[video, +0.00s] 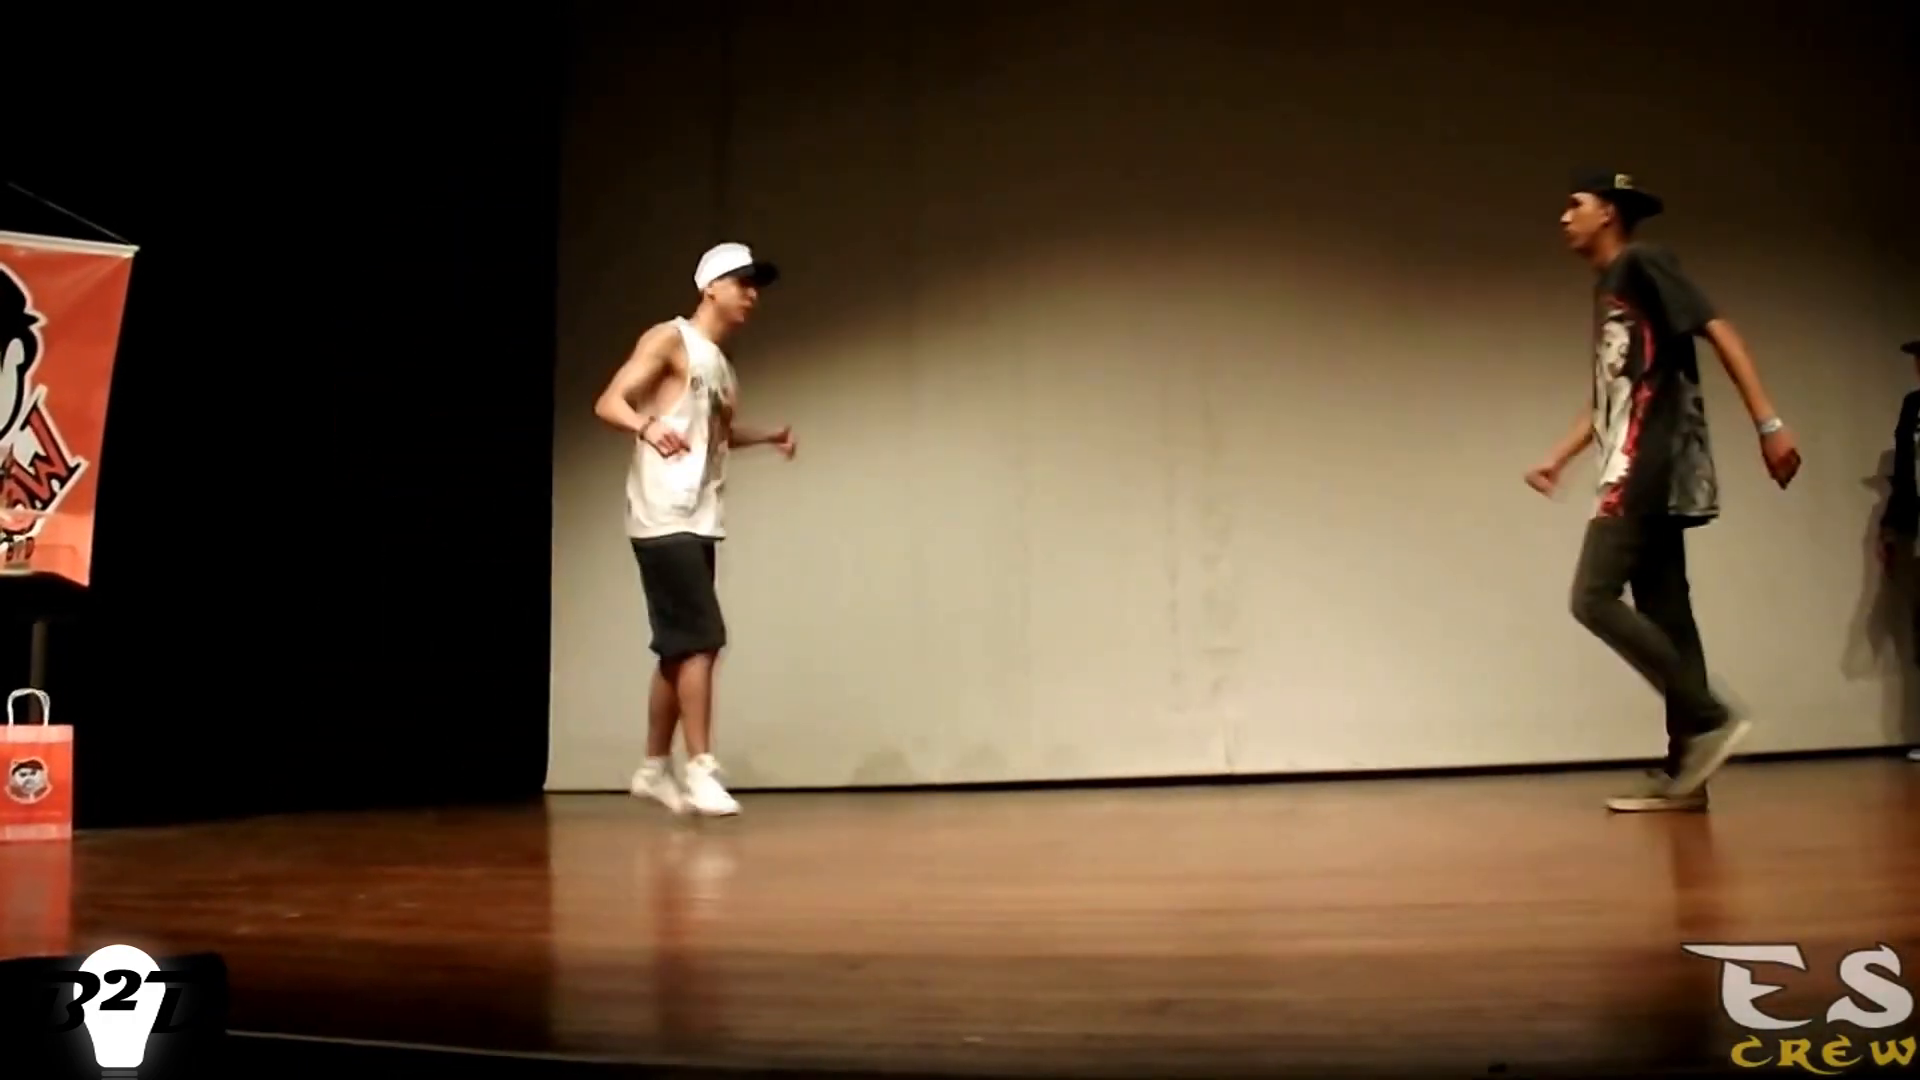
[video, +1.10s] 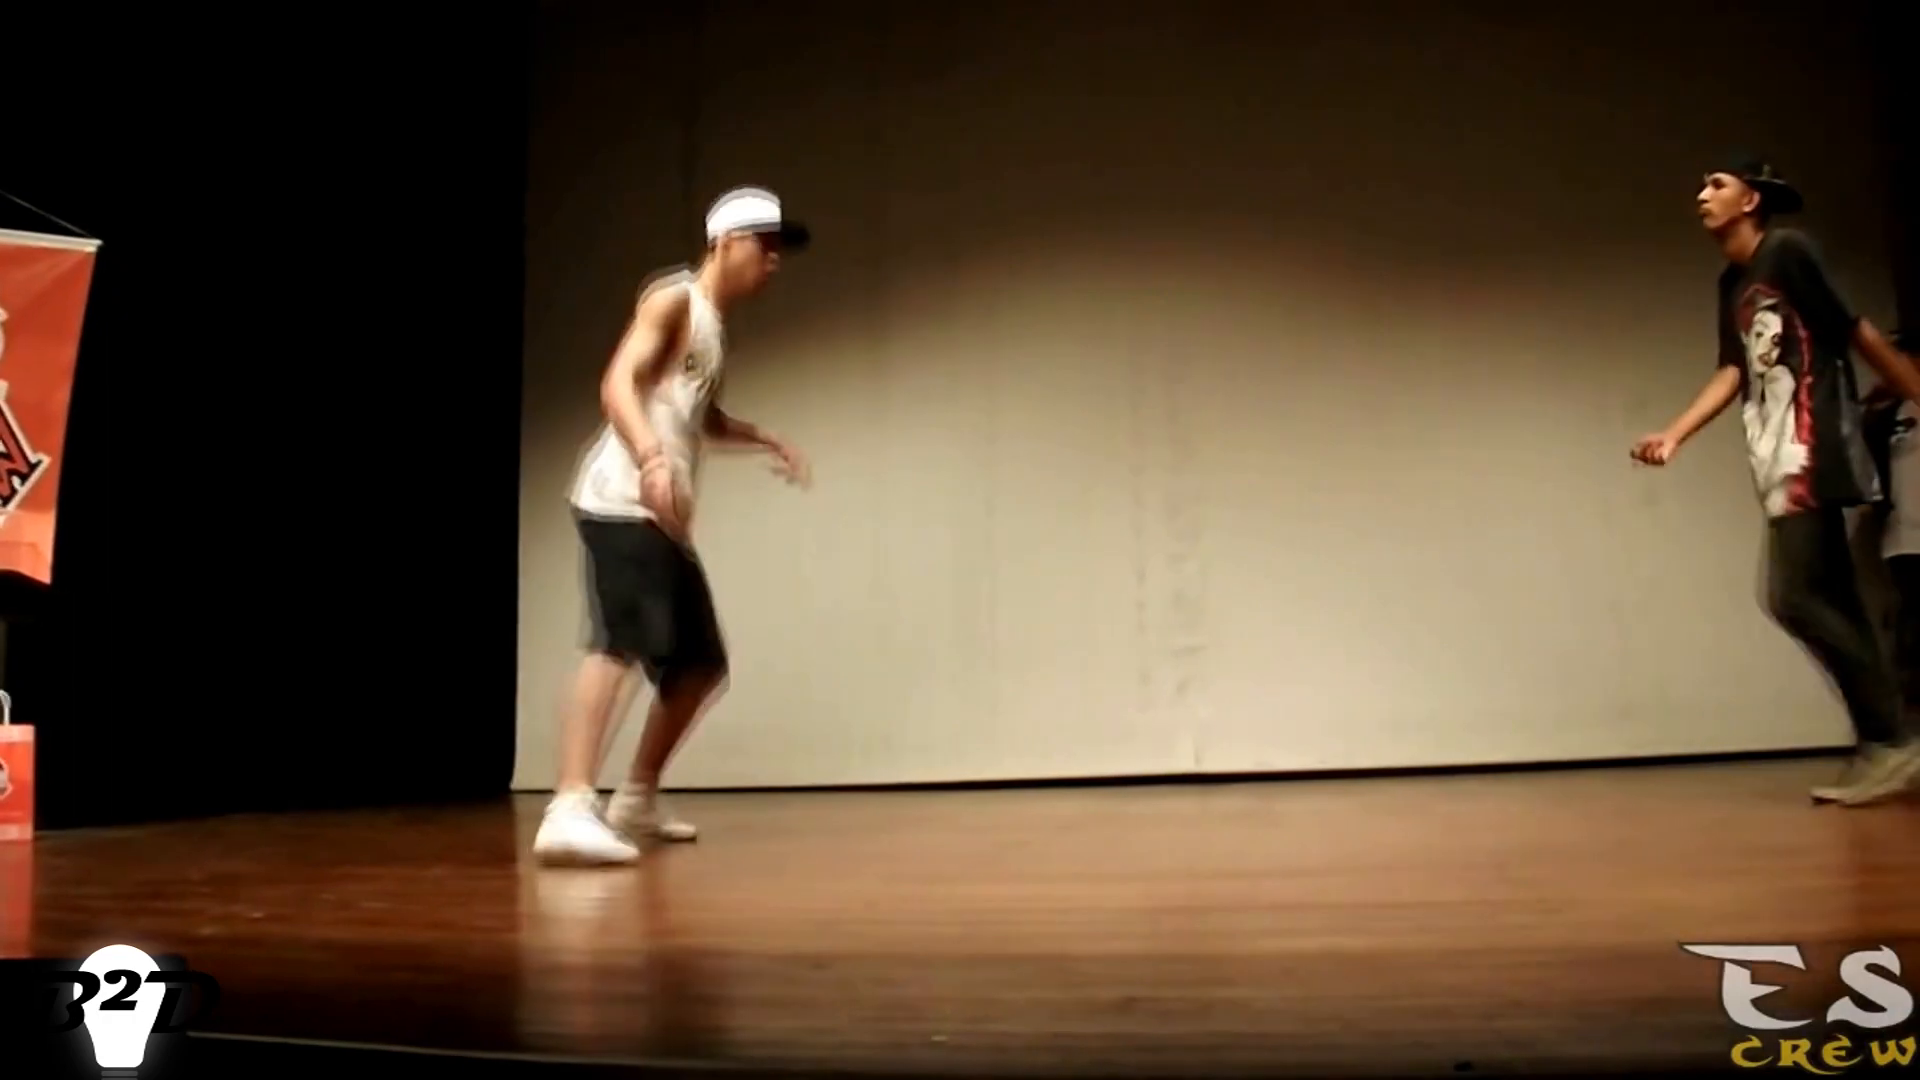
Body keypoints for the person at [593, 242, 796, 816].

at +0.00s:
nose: (752, 294)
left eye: (754, 285)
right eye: (741, 283)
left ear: (743, 294)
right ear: (709, 287)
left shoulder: (719, 366)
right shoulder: (667, 340)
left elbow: (717, 436)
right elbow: (609, 402)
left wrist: (769, 436)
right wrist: (646, 427)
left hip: (698, 522)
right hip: (663, 521)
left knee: (680, 649)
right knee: (702, 638)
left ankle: (653, 768)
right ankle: (698, 767)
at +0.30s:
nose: (792, 290)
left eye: (795, 279)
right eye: (784, 277)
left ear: (776, 281)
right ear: (750, 273)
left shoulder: (744, 347)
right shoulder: (701, 326)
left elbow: (733, 424)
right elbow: (654, 393)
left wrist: (796, 437)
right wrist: (730, 394)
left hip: (737, 534)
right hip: (687, 533)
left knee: (757, 659)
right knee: (710, 662)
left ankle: (695, 757)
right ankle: (703, 792)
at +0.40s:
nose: (808, 274)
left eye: (811, 264)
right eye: (799, 260)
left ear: (791, 268)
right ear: (762, 257)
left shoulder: (765, 335)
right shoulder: (712, 311)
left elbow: (754, 417)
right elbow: (671, 382)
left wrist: (816, 431)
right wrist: (756, 373)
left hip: (754, 521)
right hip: (693, 522)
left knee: (789, 644)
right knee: (703, 662)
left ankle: (785, 783)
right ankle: (701, 789)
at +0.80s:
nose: (835, 264)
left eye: (841, 253)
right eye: (826, 247)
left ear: (822, 253)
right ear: (787, 236)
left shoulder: (779, 331)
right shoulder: (724, 282)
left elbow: (779, 413)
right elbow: (668, 364)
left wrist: (828, 423)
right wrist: (719, 437)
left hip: (746, 499)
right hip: (681, 483)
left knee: (791, 634)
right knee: (729, 610)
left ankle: (819, 788)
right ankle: (676, 773)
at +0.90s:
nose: (809, 257)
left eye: (814, 246)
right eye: (800, 240)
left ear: (797, 249)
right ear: (760, 233)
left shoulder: (755, 314)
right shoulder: (702, 286)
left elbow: (745, 414)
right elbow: (643, 375)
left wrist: (809, 418)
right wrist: (685, 446)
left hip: (715, 502)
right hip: (656, 492)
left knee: (781, 635)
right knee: (688, 625)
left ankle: (721, 769)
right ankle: (609, 789)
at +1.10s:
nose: (773, 266)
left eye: (776, 253)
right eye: (765, 250)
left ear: (748, 252)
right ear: (726, 244)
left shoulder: (714, 322)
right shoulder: (673, 300)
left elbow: (701, 419)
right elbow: (617, 385)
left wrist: (764, 440)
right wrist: (652, 458)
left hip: (661, 513)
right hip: (617, 503)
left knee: (699, 666)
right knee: (615, 649)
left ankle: (637, 802)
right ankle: (571, 809)